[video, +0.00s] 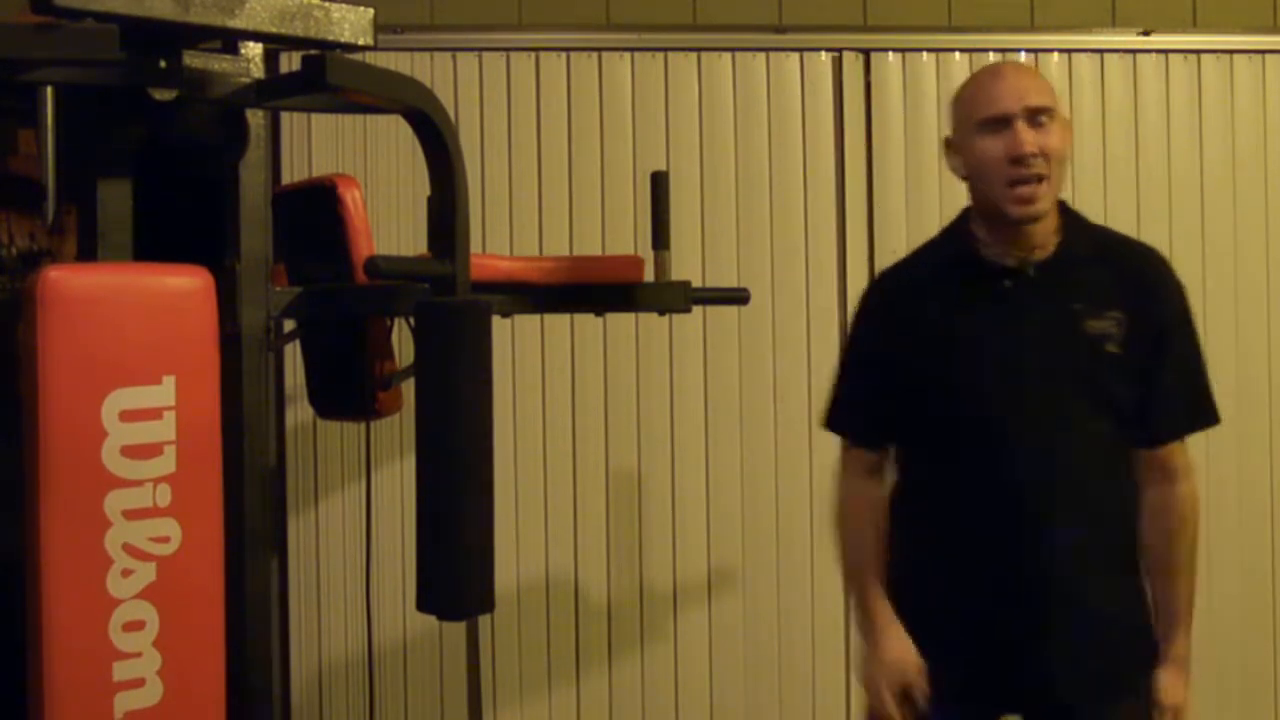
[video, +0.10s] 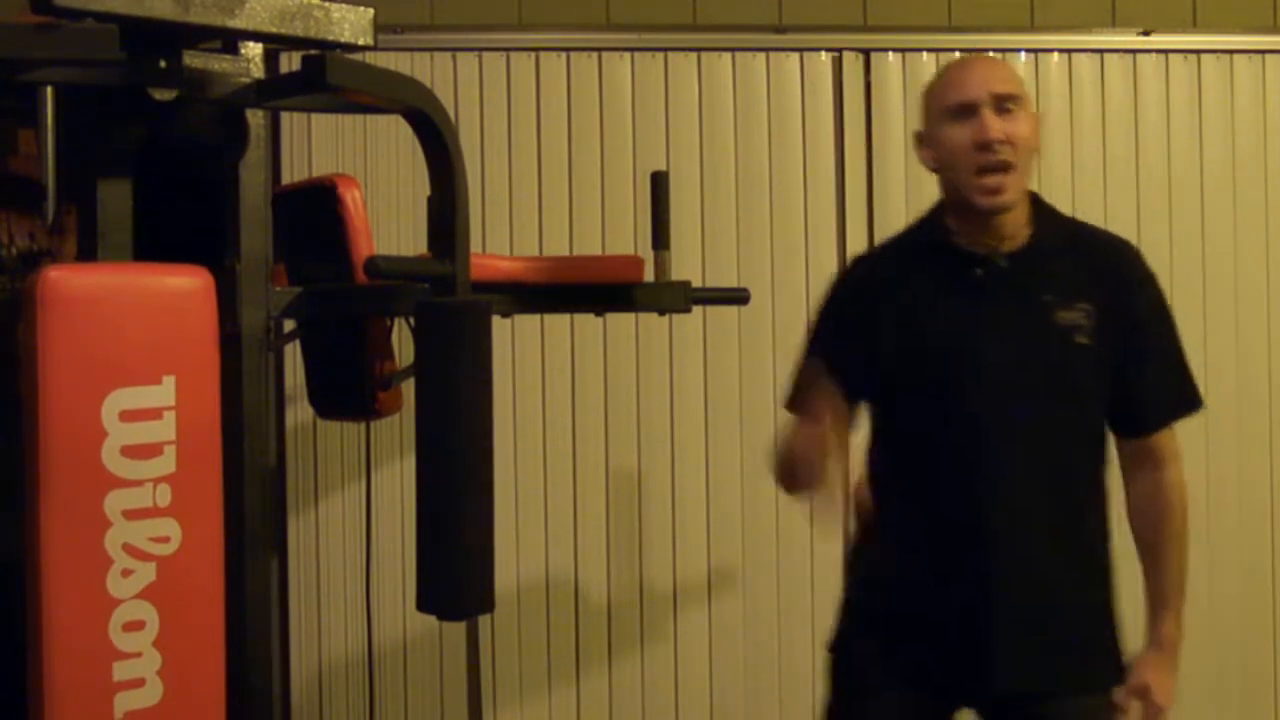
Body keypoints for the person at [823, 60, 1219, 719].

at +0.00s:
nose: (1024, 144)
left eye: (1040, 120)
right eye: (995, 126)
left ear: (1066, 138)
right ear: (955, 156)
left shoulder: (1136, 281)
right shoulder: (900, 297)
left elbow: (1164, 473)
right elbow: (863, 469)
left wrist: (1172, 655)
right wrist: (878, 628)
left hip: (1097, 648)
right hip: (947, 657)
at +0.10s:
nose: (991, 130)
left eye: (1008, 108)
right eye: (962, 114)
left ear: (1036, 130)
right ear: (927, 148)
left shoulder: (1107, 273)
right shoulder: (876, 283)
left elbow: (1150, 463)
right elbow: (801, 459)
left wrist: (1163, 643)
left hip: (1057, 634)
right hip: (902, 640)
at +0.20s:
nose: (961, 121)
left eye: (978, 100)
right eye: (934, 106)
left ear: (1010, 129)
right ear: (900, 146)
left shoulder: (1082, 268)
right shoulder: (851, 273)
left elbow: (1127, 452)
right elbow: (747, 436)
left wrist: (1125, 638)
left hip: (1026, 634)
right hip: (872, 634)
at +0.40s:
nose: (950, 184)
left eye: (966, 158)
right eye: (922, 165)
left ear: (996, 168)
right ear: (885, 188)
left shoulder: (1064, 292)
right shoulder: (835, 295)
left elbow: (1156, 453)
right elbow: (706, 413)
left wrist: (1169, 518)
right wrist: (774, 260)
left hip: (1021, 662)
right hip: (868, 663)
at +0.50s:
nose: (957, 198)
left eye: (973, 173)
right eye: (930, 179)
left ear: (1001, 190)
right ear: (891, 204)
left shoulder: (1070, 314)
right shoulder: (835, 320)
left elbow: (1183, 465)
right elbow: (694, 421)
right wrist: (723, 284)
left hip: (1032, 679)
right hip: (876, 682)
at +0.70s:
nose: (962, 158)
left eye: (978, 131)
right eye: (933, 137)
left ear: (1002, 142)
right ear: (889, 156)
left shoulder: (1068, 254)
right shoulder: (825, 264)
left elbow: (1218, 372)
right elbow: (663, 382)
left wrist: (1097, 343)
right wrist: (800, 335)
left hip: (1020, 620)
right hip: (867, 623)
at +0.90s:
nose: (971, 136)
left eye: (983, 112)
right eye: (940, 118)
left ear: (1002, 126)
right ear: (889, 143)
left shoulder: (1059, 248)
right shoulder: (827, 265)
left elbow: (1171, 375)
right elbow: (705, 399)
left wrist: (1238, 463)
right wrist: (842, 364)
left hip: (1039, 619)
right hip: (885, 625)